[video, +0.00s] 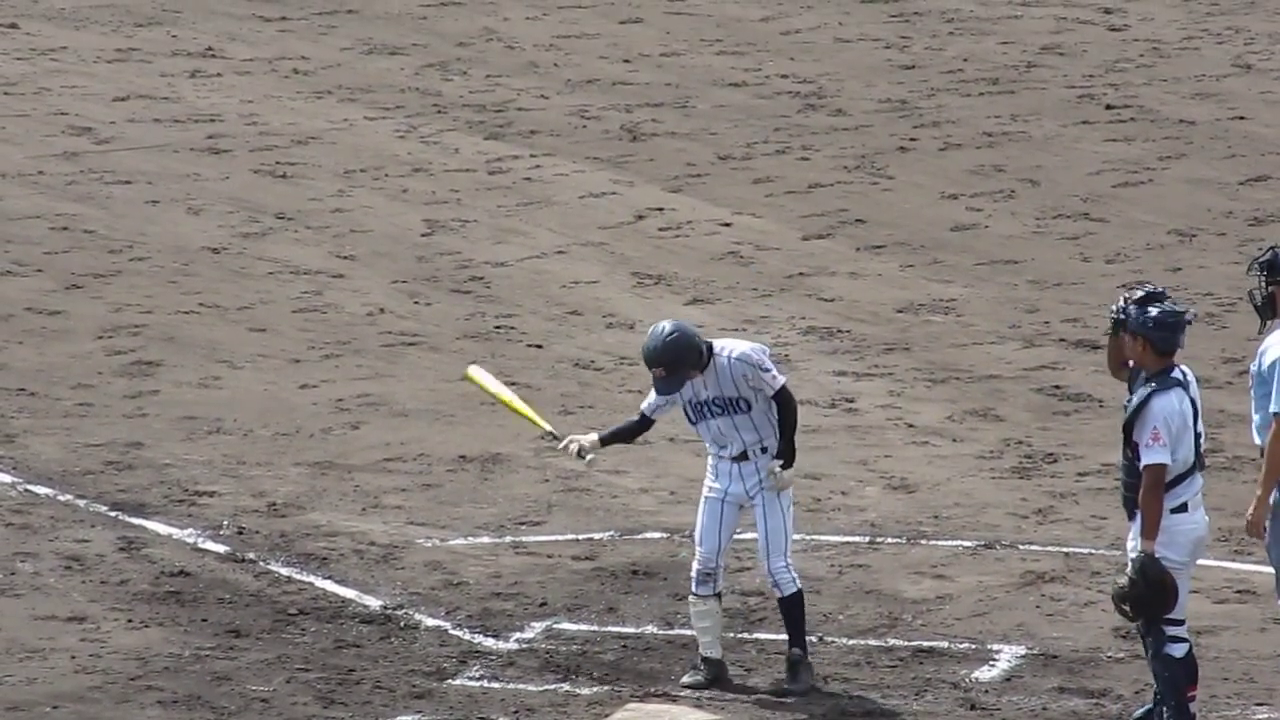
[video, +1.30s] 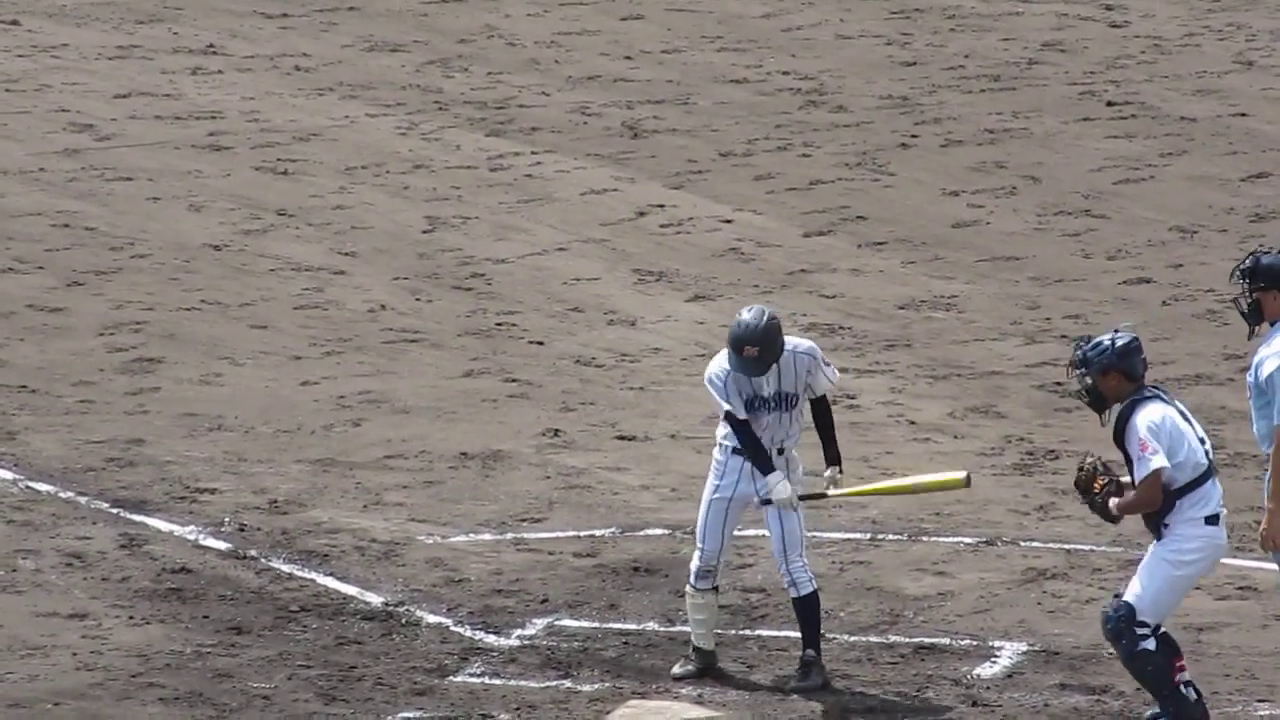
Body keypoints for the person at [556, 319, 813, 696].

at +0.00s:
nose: (667, 382)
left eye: (671, 375)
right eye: (662, 376)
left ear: (690, 360)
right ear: (663, 363)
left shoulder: (744, 358)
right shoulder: (673, 378)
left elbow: (787, 401)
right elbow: (641, 422)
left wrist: (784, 460)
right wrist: (596, 439)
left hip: (767, 467)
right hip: (721, 471)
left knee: (778, 567)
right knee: (705, 564)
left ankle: (799, 663)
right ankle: (711, 664)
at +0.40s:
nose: (701, 382)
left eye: (708, 376)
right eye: (698, 374)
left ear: (732, 365)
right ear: (696, 363)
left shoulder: (780, 367)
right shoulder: (700, 374)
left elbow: (816, 412)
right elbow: (668, 414)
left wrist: (812, 472)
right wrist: (621, 437)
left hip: (788, 474)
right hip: (743, 475)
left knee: (789, 575)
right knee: (716, 568)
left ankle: (811, 665)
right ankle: (711, 662)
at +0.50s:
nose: (727, 385)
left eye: (734, 379)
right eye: (722, 377)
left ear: (755, 366)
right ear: (717, 363)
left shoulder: (800, 370)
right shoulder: (717, 376)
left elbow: (829, 414)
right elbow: (696, 428)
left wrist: (829, 476)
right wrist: (659, 466)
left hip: (797, 474)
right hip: (750, 475)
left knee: (798, 573)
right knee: (724, 566)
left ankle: (813, 666)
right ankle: (712, 661)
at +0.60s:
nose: (750, 385)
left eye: (758, 378)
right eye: (745, 376)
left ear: (779, 364)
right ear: (737, 361)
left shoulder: (814, 371)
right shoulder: (728, 373)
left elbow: (839, 415)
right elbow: (723, 431)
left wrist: (843, 475)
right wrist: (708, 483)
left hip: (800, 476)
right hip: (750, 474)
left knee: (800, 572)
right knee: (725, 565)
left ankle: (811, 667)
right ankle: (712, 661)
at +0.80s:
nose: (779, 369)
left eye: (787, 364)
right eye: (774, 362)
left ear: (805, 356)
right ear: (764, 352)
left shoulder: (831, 367)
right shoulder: (746, 370)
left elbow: (848, 414)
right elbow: (754, 431)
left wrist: (861, 472)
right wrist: (767, 487)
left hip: (798, 470)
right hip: (748, 468)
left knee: (801, 567)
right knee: (717, 561)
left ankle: (813, 665)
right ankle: (719, 642)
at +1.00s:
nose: (783, 370)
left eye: (791, 365)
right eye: (777, 363)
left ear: (808, 354)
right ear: (767, 353)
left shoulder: (829, 361)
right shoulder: (748, 372)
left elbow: (842, 409)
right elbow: (779, 426)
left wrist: (856, 464)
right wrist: (826, 460)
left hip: (796, 473)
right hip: (745, 468)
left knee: (801, 569)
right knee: (708, 567)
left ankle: (813, 665)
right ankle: (704, 639)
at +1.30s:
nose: (749, 367)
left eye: (757, 360)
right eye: (743, 359)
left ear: (775, 349)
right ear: (735, 348)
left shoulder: (804, 357)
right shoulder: (722, 372)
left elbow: (819, 404)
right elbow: (744, 433)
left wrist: (833, 462)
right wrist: (772, 477)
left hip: (782, 465)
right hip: (732, 462)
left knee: (792, 562)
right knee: (705, 559)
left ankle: (812, 660)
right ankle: (702, 653)